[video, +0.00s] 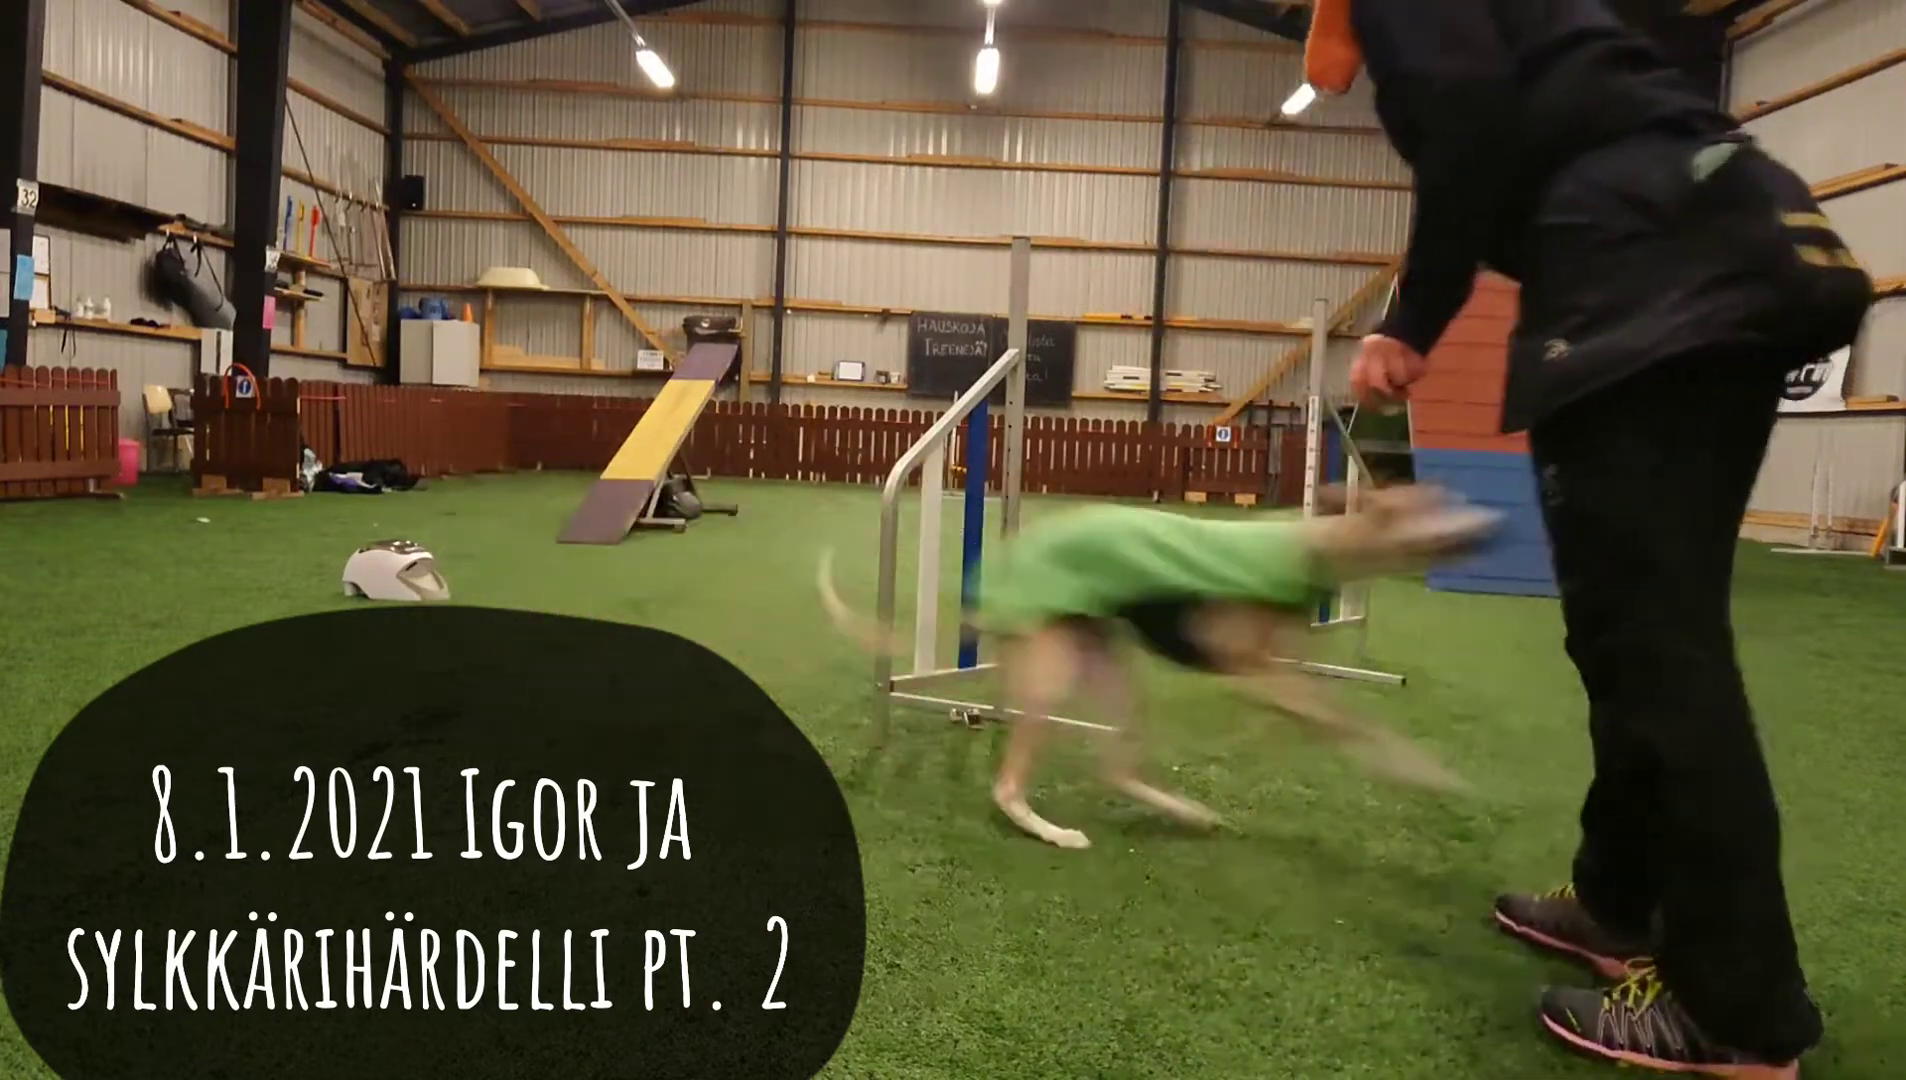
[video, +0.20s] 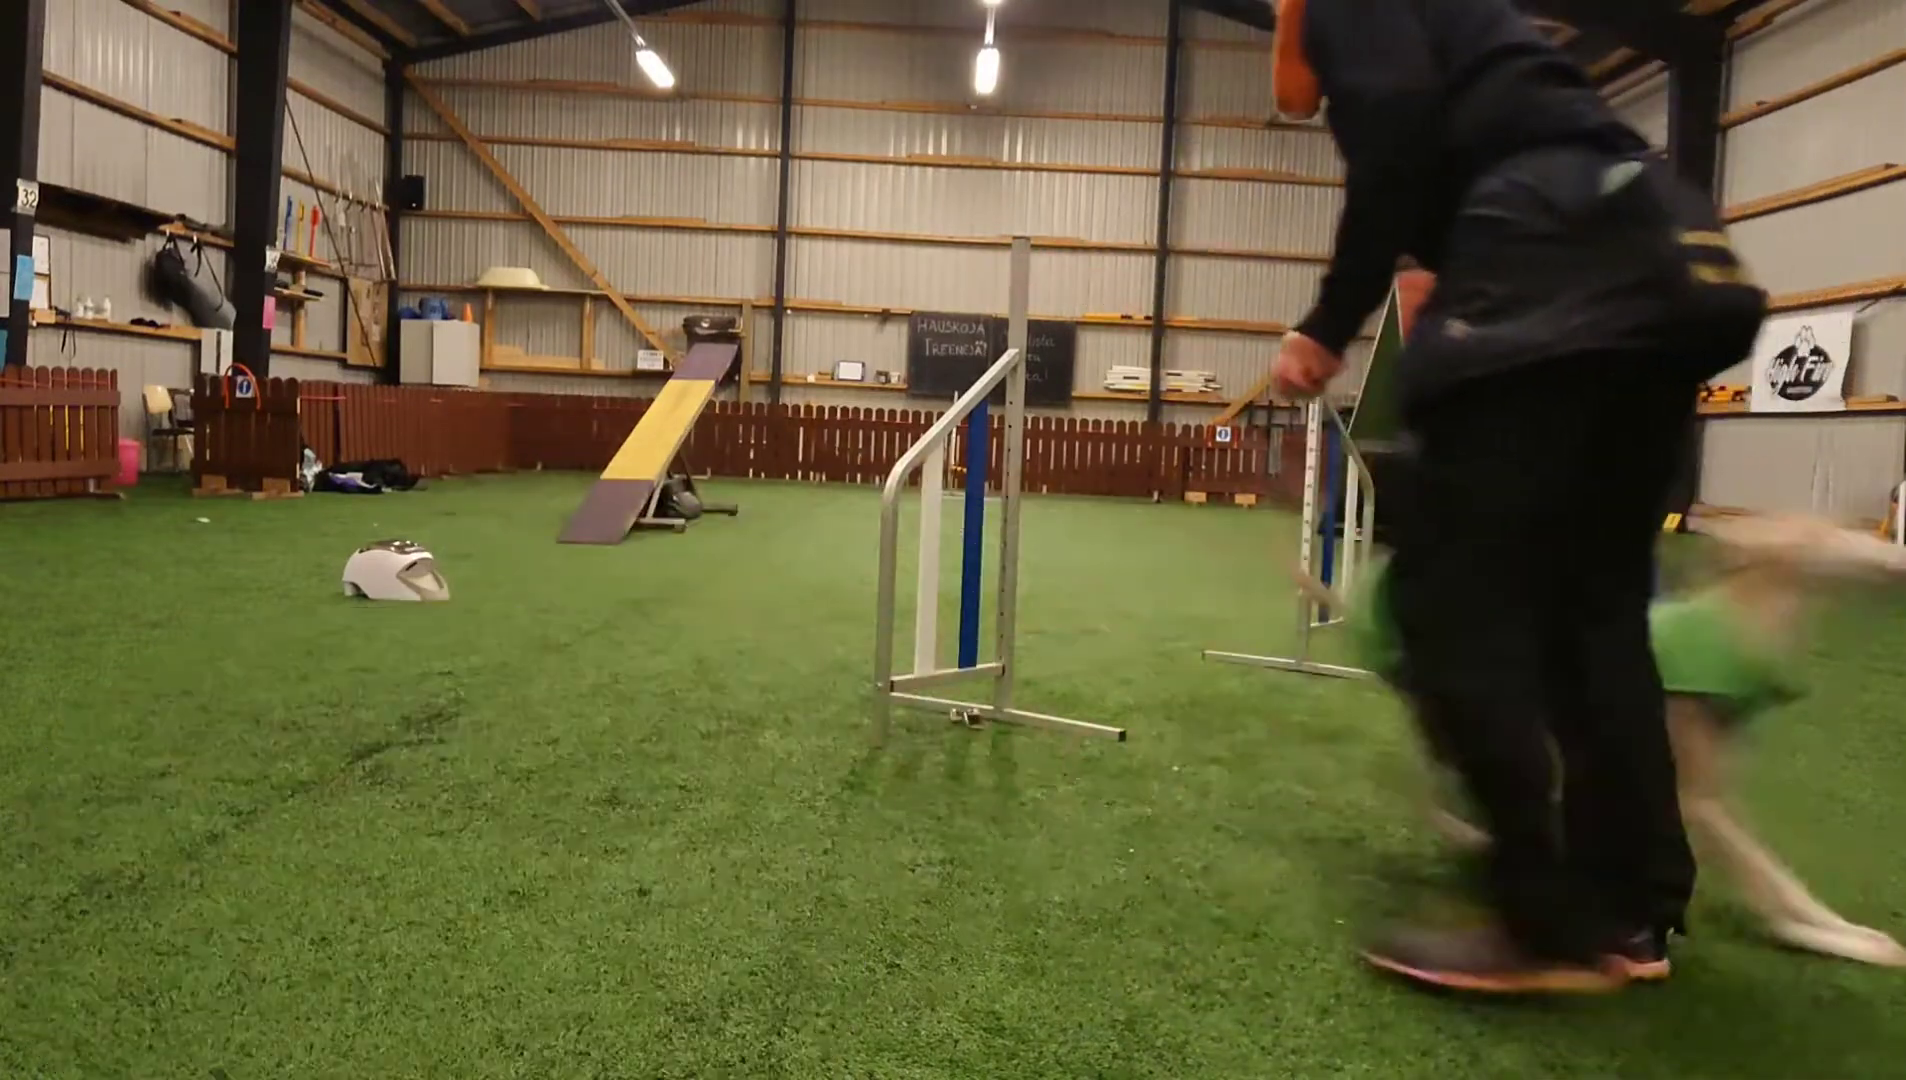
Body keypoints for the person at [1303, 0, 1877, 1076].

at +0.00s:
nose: (1340, 67)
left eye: (1334, 44)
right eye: (1334, 55)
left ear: (1337, 13)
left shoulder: (1396, 4)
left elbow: (1467, 121)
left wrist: (1406, 325)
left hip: (1644, 289)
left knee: (1656, 647)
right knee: (1631, 634)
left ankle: (1740, 1015)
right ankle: (1622, 913)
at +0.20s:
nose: (1295, 76)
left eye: (1286, 41)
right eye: (1289, 53)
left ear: (1301, 11)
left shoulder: (1342, 9)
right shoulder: (1475, 22)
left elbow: (1396, 144)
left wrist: (1325, 329)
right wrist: (1442, 262)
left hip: (1539, 312)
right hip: (1653, 302)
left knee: (1451, 611)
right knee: (1599, 612)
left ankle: (1546, 922)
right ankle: (1636, 913)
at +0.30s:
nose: (1258, 93)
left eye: (1250, 61)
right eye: (1256, 73)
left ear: (1266, 18)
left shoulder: (1308, 10)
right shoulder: (1432, 37)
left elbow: (1347, 151)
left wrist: (1277, 333)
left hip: (1462, 302)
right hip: (1596, 296)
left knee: (1341, 589)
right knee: (1549, 609)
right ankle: (1628, 906)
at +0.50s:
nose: (1153, 8)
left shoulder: (1198, 29)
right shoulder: (1326, 45)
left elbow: (1201, 185)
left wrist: (1136, 353)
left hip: (1280, 351)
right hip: (1413, 350)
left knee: (1153, 587)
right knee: (1429, 616)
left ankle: (1070, 804)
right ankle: (1605, 851)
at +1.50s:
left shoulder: (1079, 7)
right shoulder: (1216, 18)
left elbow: (1075, 137)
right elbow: (1212, 156)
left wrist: (984, 291)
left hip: (1133, 303)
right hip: (1252, 307)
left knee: (1060, 548)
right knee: (1185, 541)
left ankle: (1056, 794)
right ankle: (1322, 746)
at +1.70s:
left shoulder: (1181, 12)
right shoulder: (1289, 19)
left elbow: (1184, 164)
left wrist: (1092, 302)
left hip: (1193, 317)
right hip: (1293, 321)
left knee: (1103, 548)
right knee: (1254, 563)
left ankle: (1060, 792)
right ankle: (1352, 797)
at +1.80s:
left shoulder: (1235, 17)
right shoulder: (1318, 20)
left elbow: (1251, 163)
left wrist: (1182, 312)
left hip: (1236, 341)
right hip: (1329, 342)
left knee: (1140, 572)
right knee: (1295, 581)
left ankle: (1066, 788)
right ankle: (1362, 815)